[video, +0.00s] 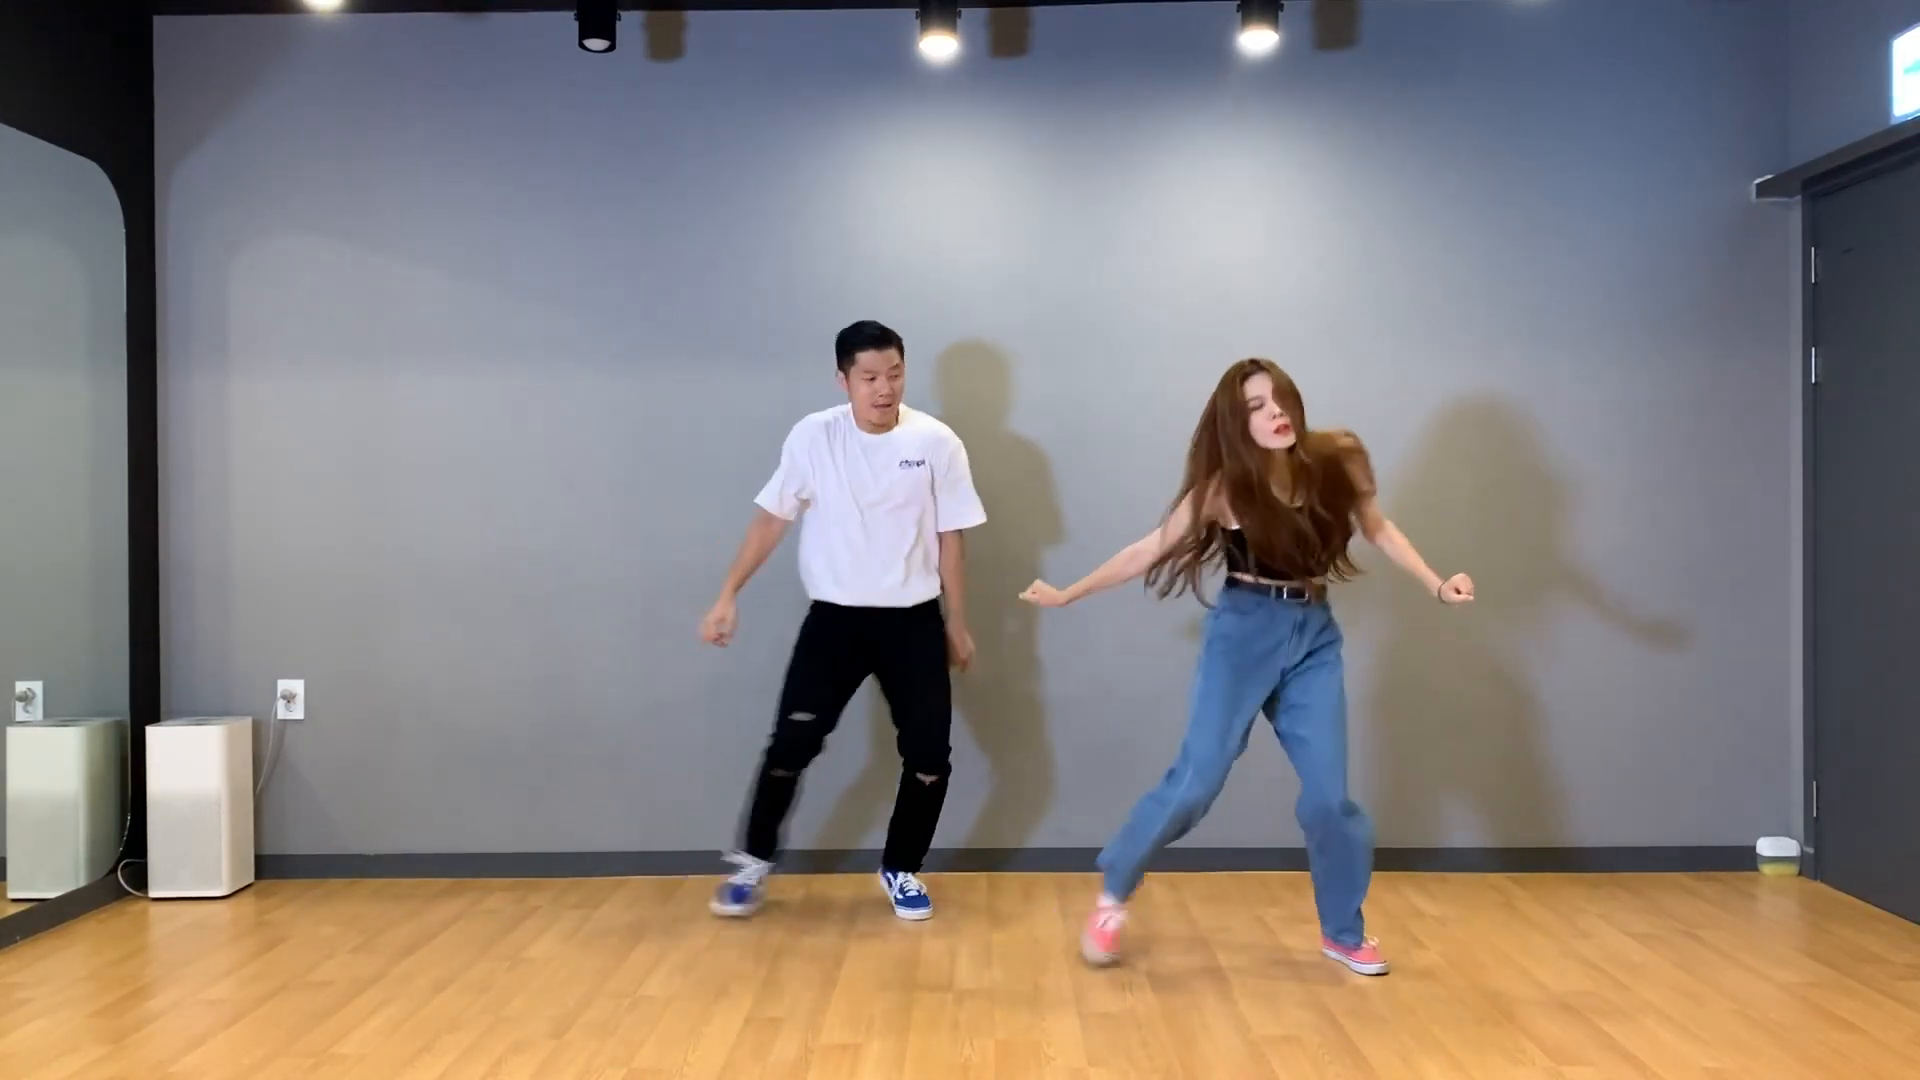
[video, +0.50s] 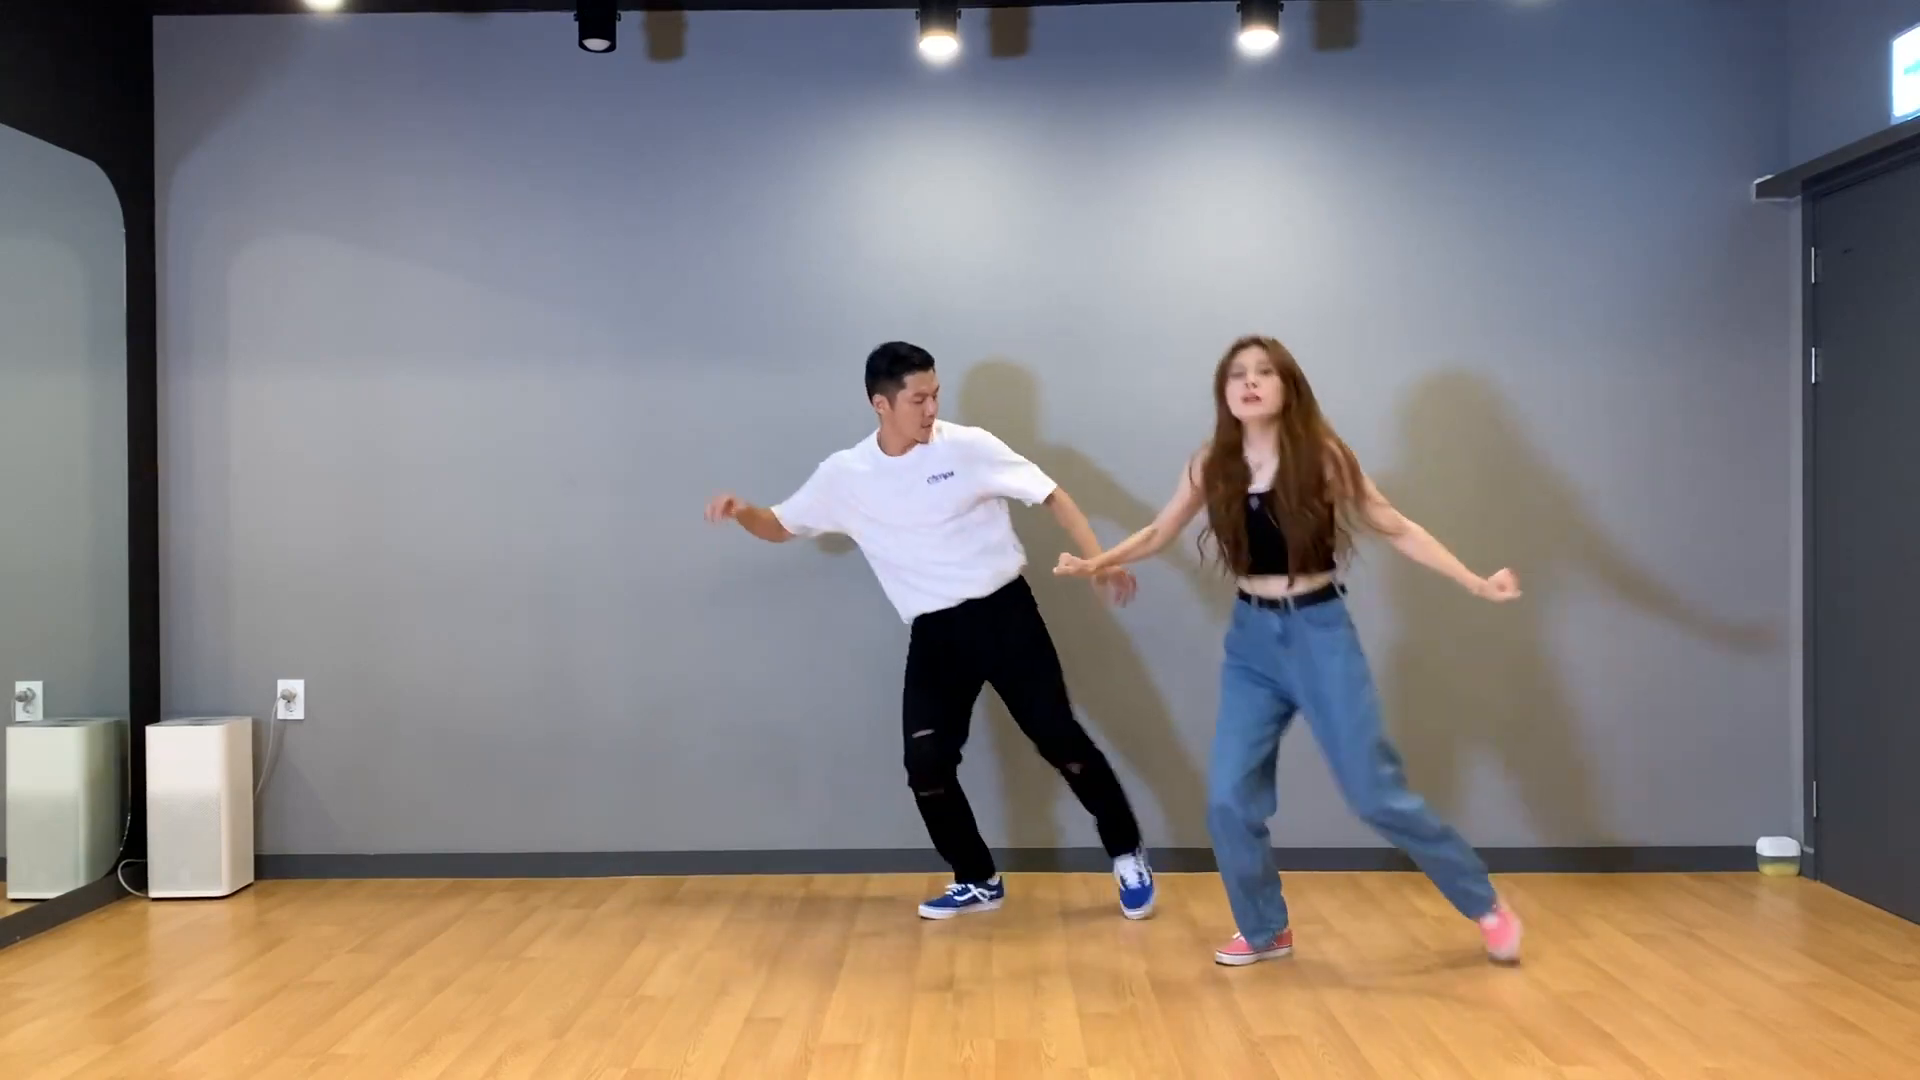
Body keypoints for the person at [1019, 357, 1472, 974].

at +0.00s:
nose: (1277, 412)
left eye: (1281, 399)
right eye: (1258, 406)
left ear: (1295, 403)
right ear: (1236, 423)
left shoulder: (1336, 460)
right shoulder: (1224, 487)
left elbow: (1378, 529)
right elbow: (1149, 551)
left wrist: (1437, 582)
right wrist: (1066, 595)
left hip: (1311, 632)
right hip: (1243, 629)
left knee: (1329, 796)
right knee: (1198, 784)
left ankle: (1343, 933)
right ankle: (1113, 891)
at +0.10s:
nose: (1278, 395)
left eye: (1284, 382)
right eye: (1261, 389)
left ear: (1301, 387)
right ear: (1243, 408)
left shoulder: (1344, 453)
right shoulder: (1231, 476)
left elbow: (1392, 523)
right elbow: (1162, 548)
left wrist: (1456, 576)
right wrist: (1084, 595)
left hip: (1327, 621)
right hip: (1250, 620)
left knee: (1349, 783)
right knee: (1228, 772)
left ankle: (1345, 928)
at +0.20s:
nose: (1279, 391)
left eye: (1287, 378)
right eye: (1263, 384)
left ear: (1306, 386)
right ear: (1245, 399)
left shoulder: (1346, 449)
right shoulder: (1228, 470)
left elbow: (1402, 524)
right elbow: (1178, 547)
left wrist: (1473, 573)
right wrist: (1102, 591)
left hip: (1345, 624)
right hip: (1265, 630)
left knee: (1411, 773)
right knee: (1259, 791)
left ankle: (1402, 903)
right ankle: (1263, 916)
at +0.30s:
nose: (1281, 404)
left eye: (1290, 392)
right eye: (1266, 396)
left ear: (1309, 401)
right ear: (1247, 410)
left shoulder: (1351, 468)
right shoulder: (1234, 485)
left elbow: (1420, 550)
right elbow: (1193, 570)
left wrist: (1497, 587)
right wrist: (1117, 588)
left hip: (1361, 639)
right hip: (1283, 647)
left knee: (1420, 794)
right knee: (1247, 795)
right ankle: (1266, 921)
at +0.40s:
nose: (1277, 417)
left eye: (1289, 409)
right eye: (1264, 409)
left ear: (1306, 428)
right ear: (1246, 431)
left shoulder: (1339, 494)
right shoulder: (1233, 499)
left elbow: (1422, 549)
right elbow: (1172, 558)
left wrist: (1510, 584)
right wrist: (1109, 574)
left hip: (1359, 661)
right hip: (1287, 669)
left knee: (1434, 807)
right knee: (1236, 815)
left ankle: (1510, 923)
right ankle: (1265, 933)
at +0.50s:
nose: (1250, 384)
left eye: (1263, 374)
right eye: (1238, 376)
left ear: (1288, 387)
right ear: (1224, 393)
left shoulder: (1323, 456)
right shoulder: (1210, 464)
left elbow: (1397, 529)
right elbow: (1156, 536)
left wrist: (1476, 583)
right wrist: (1093, 563)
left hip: (1320, 634)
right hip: (1251, 637)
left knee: (1374, 795)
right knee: (1229, 799)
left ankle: (1483, 903)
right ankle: (1265, 930)